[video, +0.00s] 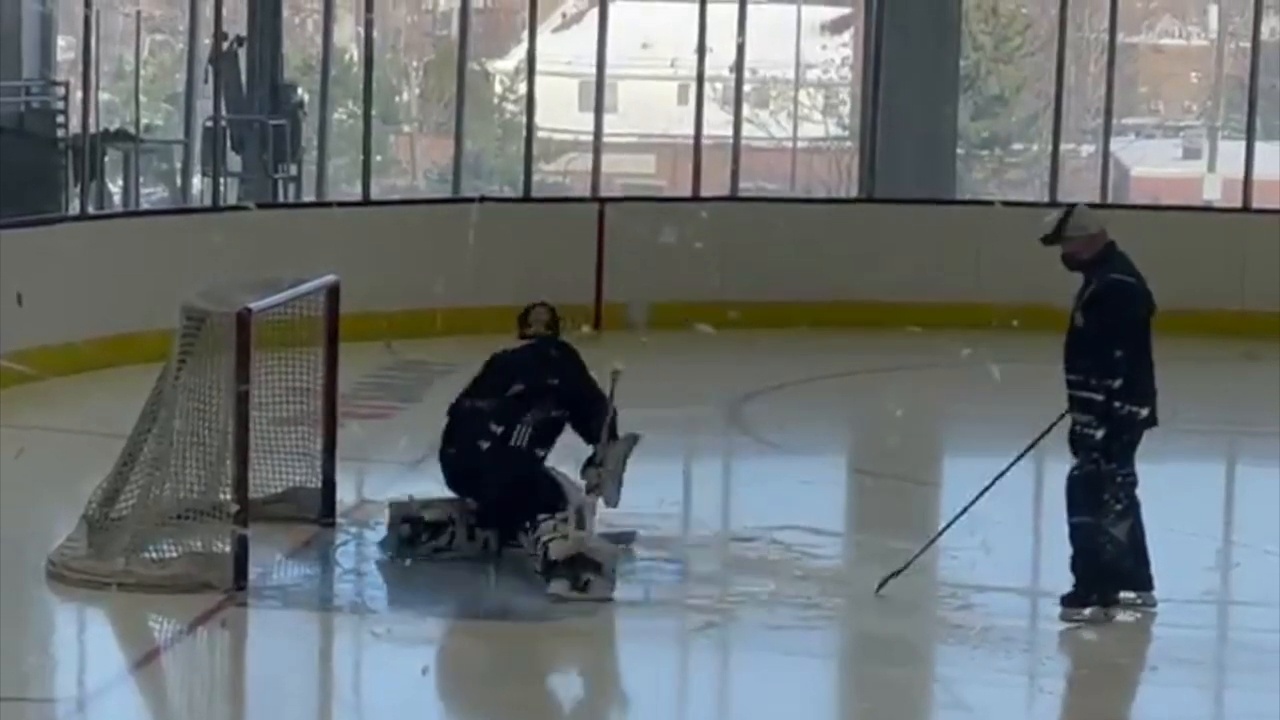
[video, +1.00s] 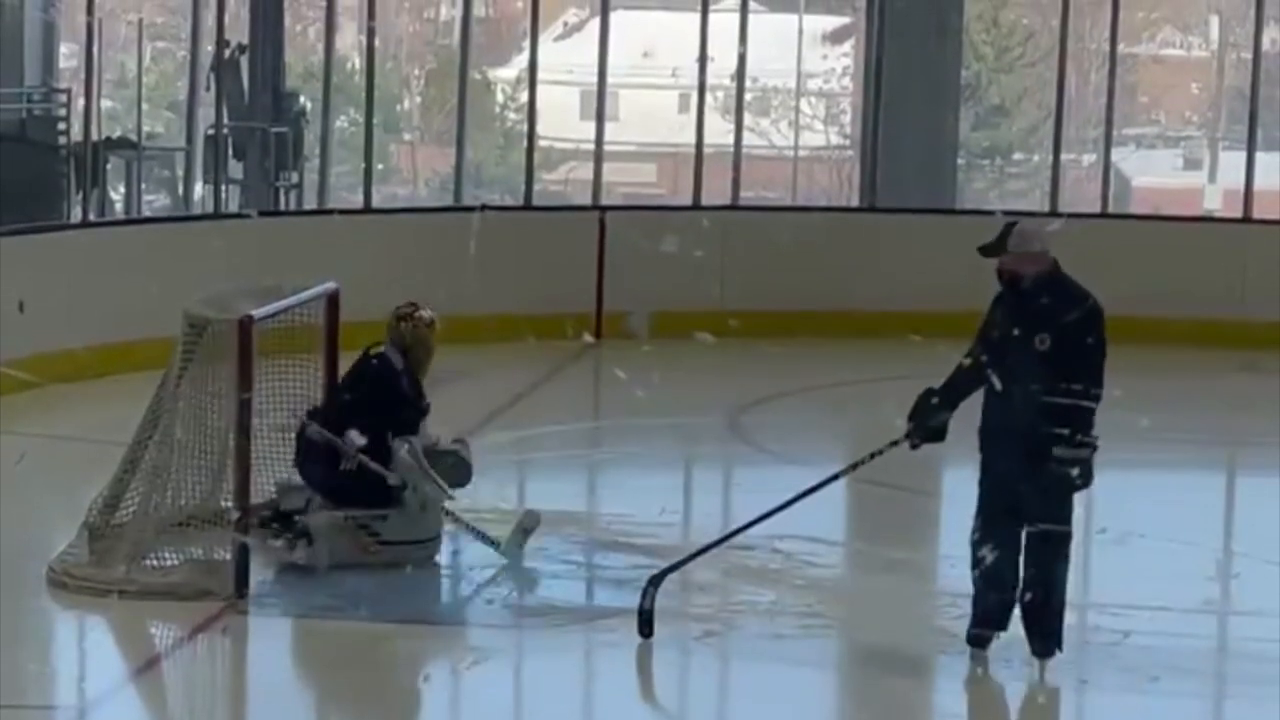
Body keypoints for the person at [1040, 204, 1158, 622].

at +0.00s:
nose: (1063, 256)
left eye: (1067, 247)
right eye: (1061, 248)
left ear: (1088, 243)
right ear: (1090, 243)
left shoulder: (1113, 287)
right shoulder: (1105, 279)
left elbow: (1111, 361)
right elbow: (1104, 356)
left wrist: (1091, 417)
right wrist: (1083, 407)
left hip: (1112, 413)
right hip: (1113, 410)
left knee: (1088, 494)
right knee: (1115, 494)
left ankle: (1094, 589)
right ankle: (1133, 581)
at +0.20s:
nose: (1046, 266)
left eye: (1051, 258)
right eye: (1045, 258)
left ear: (1072, 255)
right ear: (1069, 255)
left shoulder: (1109, 297)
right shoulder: (1073, 292)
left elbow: (1110, 370)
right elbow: (1061, 353)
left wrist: (1099, 425)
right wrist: (1030, 383)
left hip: (1106, 423)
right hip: (1082, 419)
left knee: (1072, 502)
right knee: (1103, 497)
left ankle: (1077, 593)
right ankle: (1129, 569)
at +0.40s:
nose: (1035, 264)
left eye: (1041, 257)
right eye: (1034, 257)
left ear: (1066, 255)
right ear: (1049, 256)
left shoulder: (1105, 298)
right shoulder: (1049, 287)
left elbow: (1107, 375)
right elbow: (1028, 347)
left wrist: (1094, 436)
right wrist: (995, 388)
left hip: (1087, 423)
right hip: (1051, 419)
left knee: (1061, 513)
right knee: (1075, 503)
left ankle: (1052, 608)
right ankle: (1102, 572)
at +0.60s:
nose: (1025, 262)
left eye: (1031, 256)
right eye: (1024, 255)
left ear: (1055, 253)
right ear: (1035, 253)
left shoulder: (1097, 300)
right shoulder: (1033, 288)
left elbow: (1101, 378)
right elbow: (1003, 352)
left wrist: (1089, 438)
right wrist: (966, 395)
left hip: (1069, 433)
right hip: (1028, 428)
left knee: (1057, 521)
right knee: (1027, 517)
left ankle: (1048, 613)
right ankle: (1038, 594)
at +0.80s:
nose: (1010, 264)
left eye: (1016, 256)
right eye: (1009, 256)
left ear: (1041, 256)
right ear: (1027, 255)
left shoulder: (1088, 305)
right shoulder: (1020, 293)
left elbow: (1093, 383)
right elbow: (987, 355)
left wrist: (1083, 441)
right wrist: (947, 395)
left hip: (1058, 440)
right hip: (1011, 435)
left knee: (1052, 535)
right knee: (1005, 527)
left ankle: (1045, 629)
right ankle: (1006, 601)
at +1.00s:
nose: (999, 268)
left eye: (1006, 261)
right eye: (999, 261)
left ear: (1031, 259)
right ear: (1017, 259)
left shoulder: (1080, 309)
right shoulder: (1009, 299)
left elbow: (1084, 387)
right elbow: (979, 361)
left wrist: (1074, 447)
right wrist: (940, 404)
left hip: (1052, 449)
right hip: (1002, 445)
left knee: (1047, 547)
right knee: (993, 540)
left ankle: (1045, 642)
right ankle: (984, 628)